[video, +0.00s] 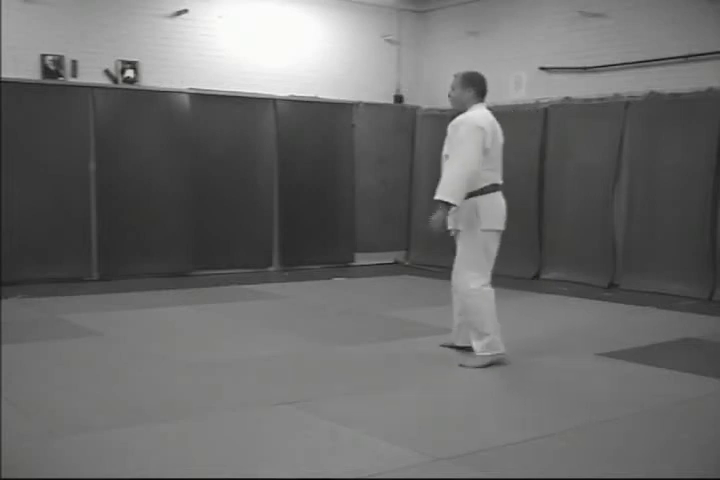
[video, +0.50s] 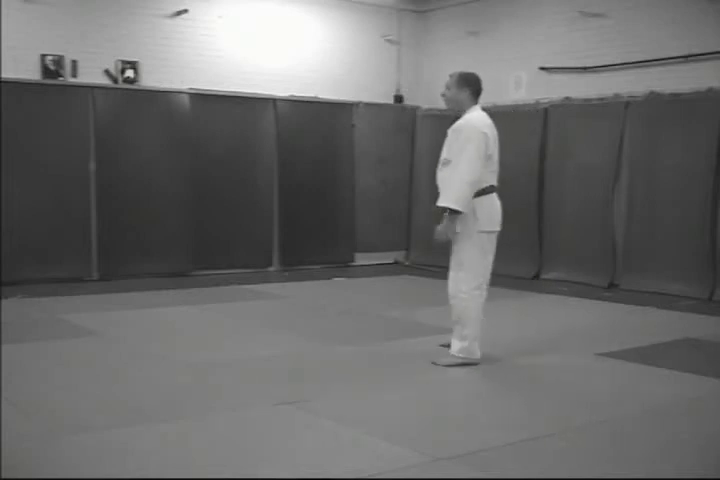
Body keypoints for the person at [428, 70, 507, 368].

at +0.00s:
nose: (449, 94)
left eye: (454, 89)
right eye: (450, 89)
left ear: (471, 93)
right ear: (475, 93)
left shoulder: (470, 122)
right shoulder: (482, 119)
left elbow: (463, 166)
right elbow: (469, 168)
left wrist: (443, 205)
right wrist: (454, 211)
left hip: (479, 207)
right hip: (478, 206)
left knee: (471, 278)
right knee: (463, 276)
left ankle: (490, 349)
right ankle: (465, 338)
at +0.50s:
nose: (443, 94)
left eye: (449, 89)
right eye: (445, 89)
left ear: (467, 93)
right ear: (469, 93)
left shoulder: (470, 126)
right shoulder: (478, 122)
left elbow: (464, 173)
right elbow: (466, 171)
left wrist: (449, 215)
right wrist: (450, 210)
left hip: (474, 209)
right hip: (480, 207)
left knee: (465, 281)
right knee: (469, 280)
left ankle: (466, 350)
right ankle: (464, 340)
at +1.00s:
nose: (439, 94)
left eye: (444, 88)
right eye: (440, 88)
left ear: (461, 92)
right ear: (467, 93)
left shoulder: (464, 125)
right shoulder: (487, 122)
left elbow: (455, 171)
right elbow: (485, 171)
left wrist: (444, 216)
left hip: (472, 209)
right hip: (489, 206)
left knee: (462, 282)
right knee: (473, 280)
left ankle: (467, 352)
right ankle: (466, 340)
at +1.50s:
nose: (435, 99)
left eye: (439, 94)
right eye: (436, 94)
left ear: (456, 97)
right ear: (464, 97)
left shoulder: (462, 130)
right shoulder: (480, 126)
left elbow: (460, 180)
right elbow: (477, 177)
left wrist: (441, 224)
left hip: (472, 213)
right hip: (487, 210)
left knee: (456, 279)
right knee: (472, 278)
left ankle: (476, 345)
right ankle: (469, 338)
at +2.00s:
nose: (413, 131)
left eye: (417, 125)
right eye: (414, 125)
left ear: (434, 129)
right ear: (438, 129)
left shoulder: (451, 157)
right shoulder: (449, 154)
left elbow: (447, 208)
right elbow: (446, 207)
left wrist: (425, 252)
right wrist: (428, 245)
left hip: (486, 233)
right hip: (472, 232)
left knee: (456, 292)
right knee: (437, 276)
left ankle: (488, 353)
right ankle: (443, 336)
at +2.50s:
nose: (420, 117)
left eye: (424, 111)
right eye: (421, 111)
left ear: (441, 112)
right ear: (445, 113)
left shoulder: (455, 141)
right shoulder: (467, 137)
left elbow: (453, 189)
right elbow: (461, 188)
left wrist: (441, 234)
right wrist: (448, 232)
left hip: (484, 217)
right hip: (480, 216)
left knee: (482, 289)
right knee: (451, 267)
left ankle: (510, 355)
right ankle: (449, 335)